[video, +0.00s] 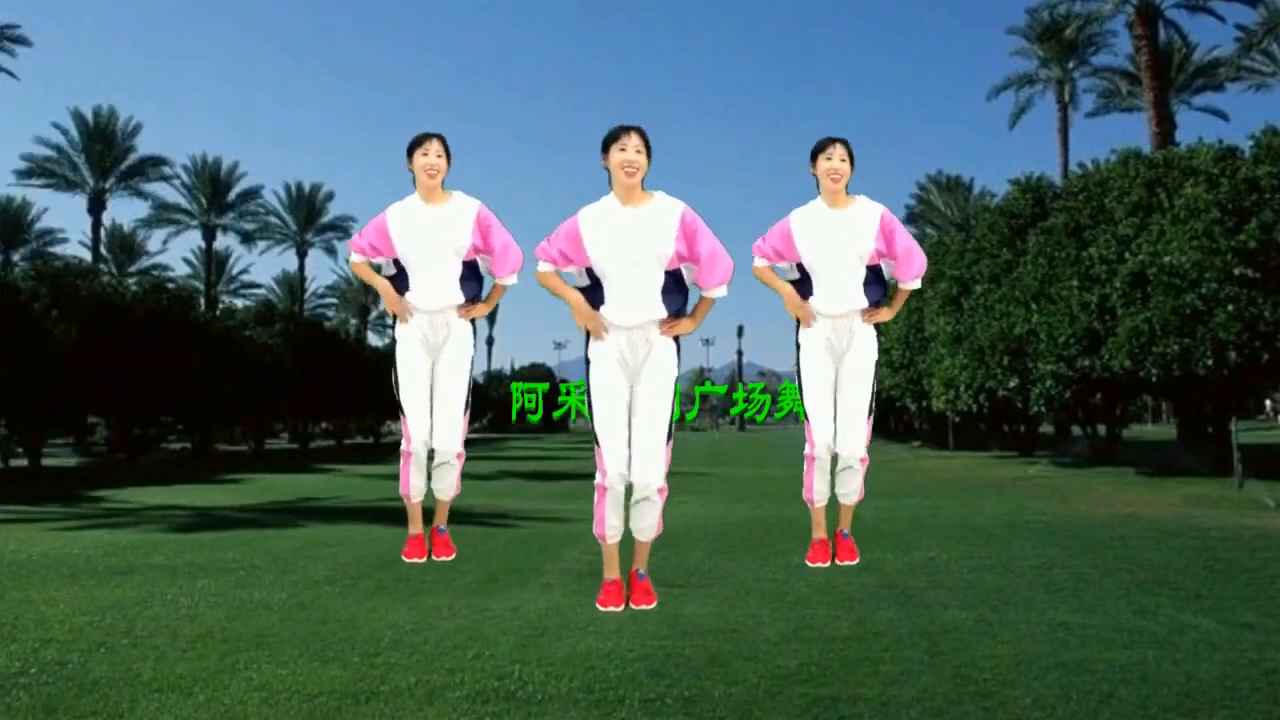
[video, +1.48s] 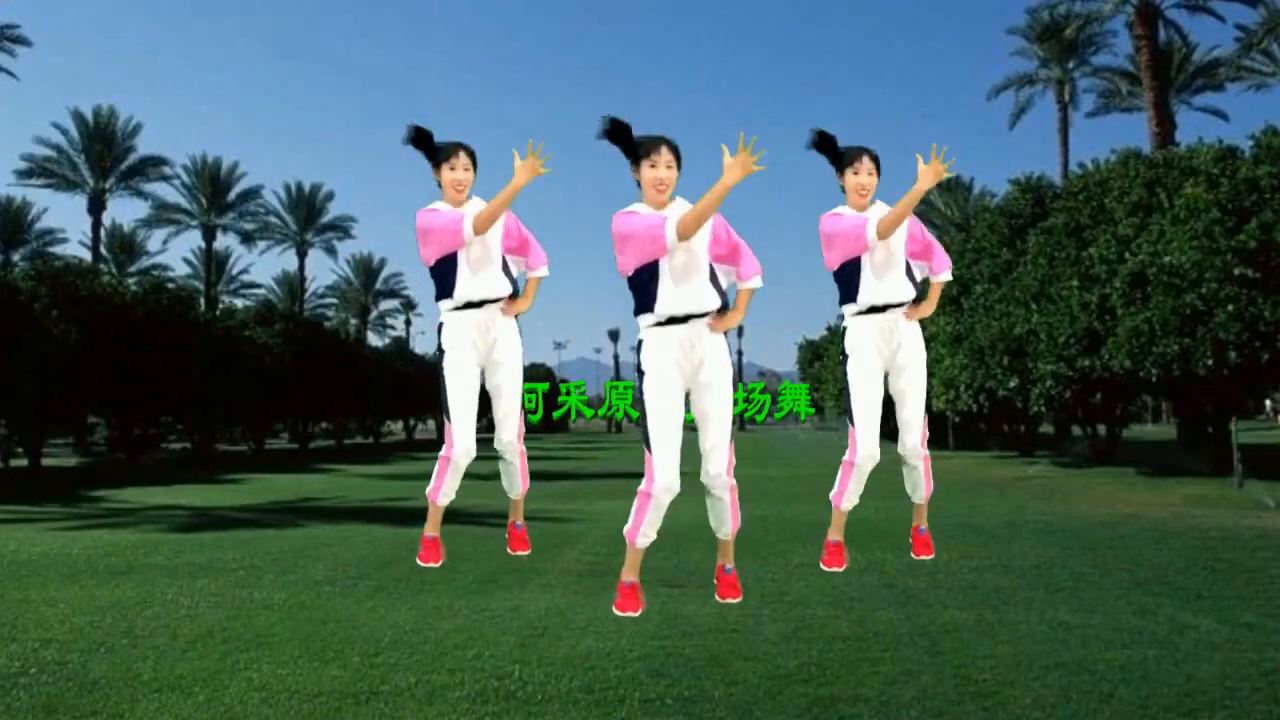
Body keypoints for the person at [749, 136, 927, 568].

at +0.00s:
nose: (835, 165)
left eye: (842, 159)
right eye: (827, 159)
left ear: (852, 170)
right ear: (814, 169)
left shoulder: (874, 215)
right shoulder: (799, 220)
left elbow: (913, 263)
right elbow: (759, 262)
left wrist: (891, 308)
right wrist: (788, 293)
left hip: (860, 330)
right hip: (815, 330)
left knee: (853, 439)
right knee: (820, 437)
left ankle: (844, 533)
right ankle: (819, 536)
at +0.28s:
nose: (837, 167)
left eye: (843, 161)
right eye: (828, 160)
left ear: (850, 170)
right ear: (812, 168)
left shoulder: (872, 207)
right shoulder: (800, 219)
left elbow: (915, 254)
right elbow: (770, 263)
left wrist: (899, 301)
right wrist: (796, 215)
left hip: (868, 324)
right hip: (824, 329)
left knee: (873, 431)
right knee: (826, 435)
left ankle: (882, 498)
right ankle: (819, 534)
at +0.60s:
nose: (851, 193)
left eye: (857, 186)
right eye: (843, 185)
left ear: (864, 191)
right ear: (827, 191)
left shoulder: (892, 228)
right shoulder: (821, 239)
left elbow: (938, 266)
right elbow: (828, 263)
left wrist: (925, 314)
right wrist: (827, 213)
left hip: (899, 348)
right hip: (853, 352)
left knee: (905, 455)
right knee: (849, 453)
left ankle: (926, 526)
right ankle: (822, 536)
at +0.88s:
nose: (847, 152)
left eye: (852, 144)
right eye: (839, 145)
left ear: (862, 148)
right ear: (824, 153)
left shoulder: (889, 182)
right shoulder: (821, 193)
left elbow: (932, 224)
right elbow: (814, 223)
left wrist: (917, 276)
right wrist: (819, 169)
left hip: (887, 296)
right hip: (843, 298)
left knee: (892, 422)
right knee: (838, 417)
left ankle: (886, 462)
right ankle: (829, 523)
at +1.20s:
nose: (848, 170)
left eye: (853, 163)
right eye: (839, 164)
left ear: (863, 172)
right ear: (827, 177)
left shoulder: (890, 211)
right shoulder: (820, 222)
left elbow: (927, 261)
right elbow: (846, 239)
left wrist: (912, 308)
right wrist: (831, 186)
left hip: (882, 325)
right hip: (838, 326)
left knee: (888, 442)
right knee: (837, 440)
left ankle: (876, 473)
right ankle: (833, 536)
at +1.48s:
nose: (863, 180)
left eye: (870, 173)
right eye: (855, 173)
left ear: (878, 180)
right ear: (841, 179)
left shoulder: (900, 218)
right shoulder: (832, 223)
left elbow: (939, 259)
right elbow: (880, 230)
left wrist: (929, 302)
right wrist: (920, 188)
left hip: (907, 327)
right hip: (863, 331)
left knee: (913, 441)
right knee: (865, 448)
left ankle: (920, 524)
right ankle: (835, 535)